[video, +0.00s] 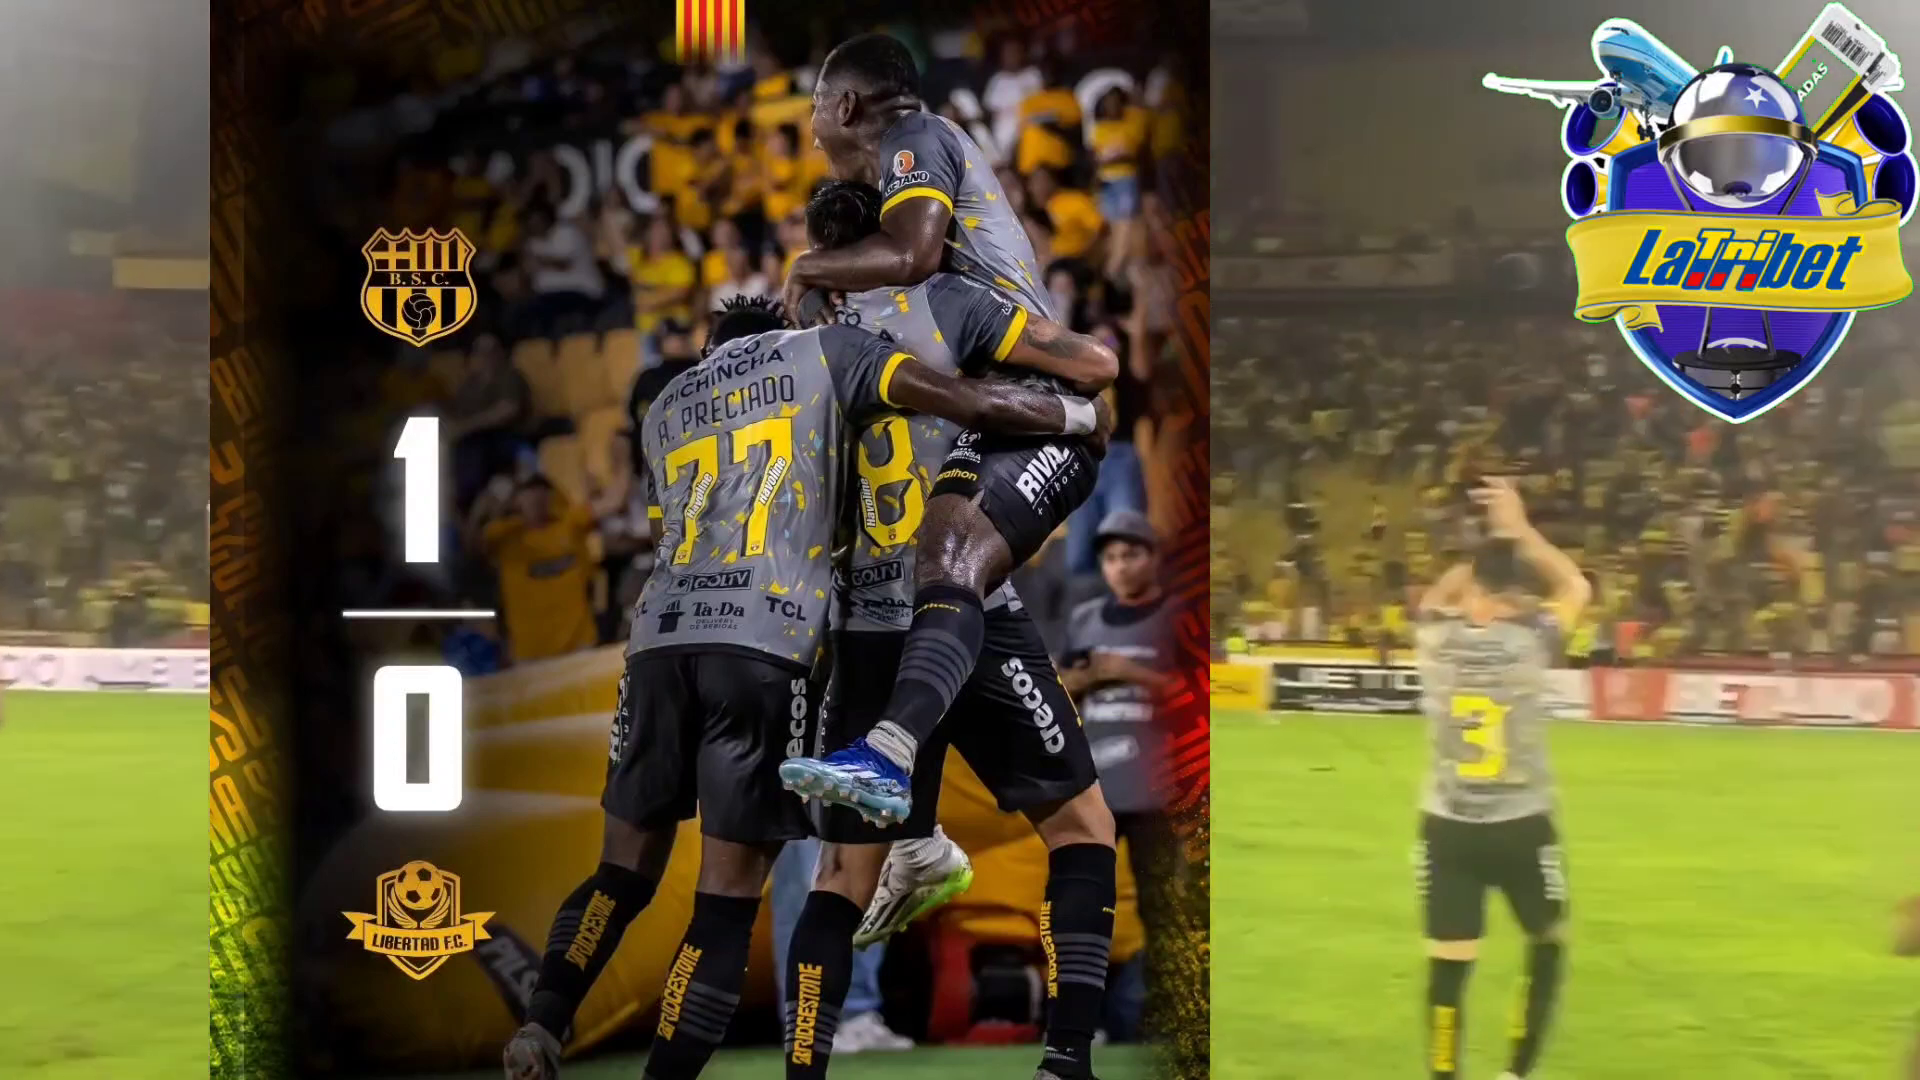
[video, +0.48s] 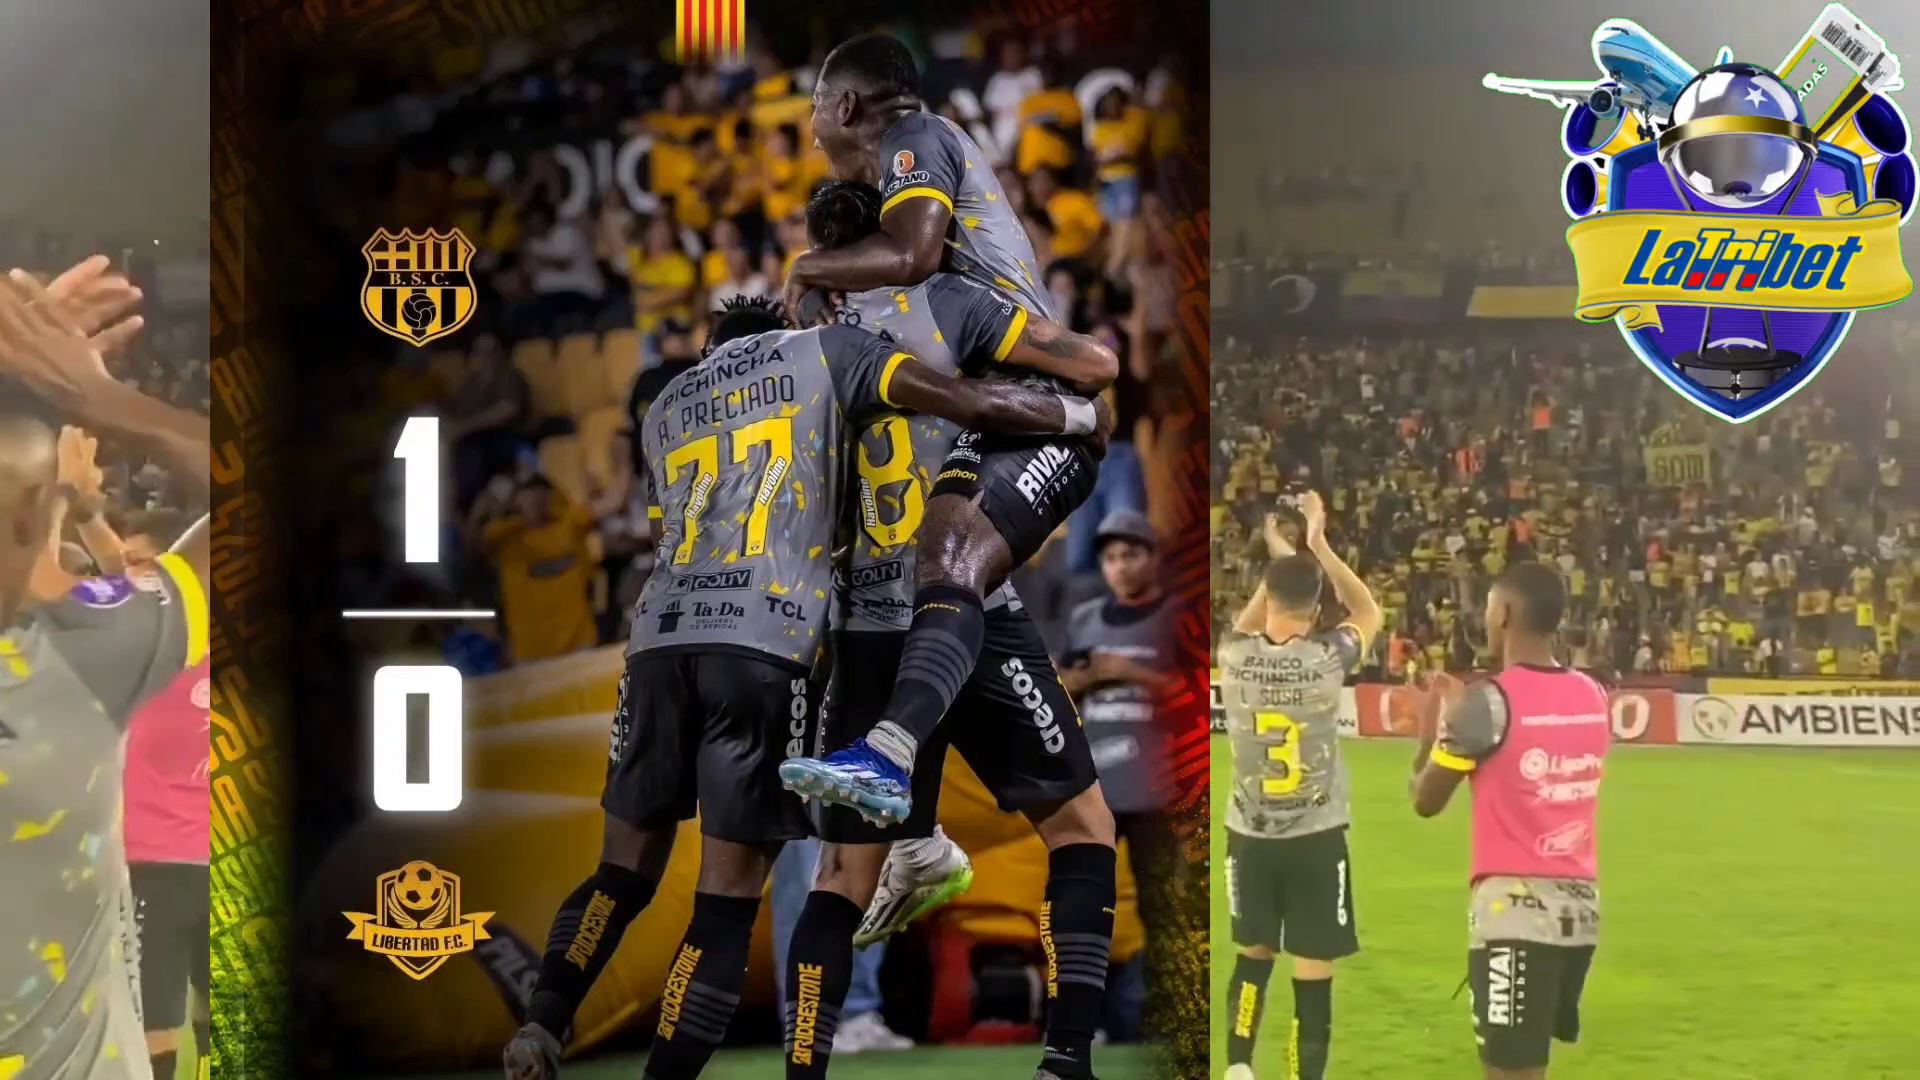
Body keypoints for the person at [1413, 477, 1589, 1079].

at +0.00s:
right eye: (1519, 591)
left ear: (1471, 588)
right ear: (1515, 593)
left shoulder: (1435, 636)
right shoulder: (1534, 642)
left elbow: (1440, 595)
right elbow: (1575, 586)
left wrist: (1485, 551)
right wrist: (1521, 532)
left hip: (1449, 823)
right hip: (1521, 825)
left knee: (1450, 956)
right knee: (1548, 937)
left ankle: (1442, 1069)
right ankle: (1522, 1067)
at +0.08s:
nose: (1420, 619)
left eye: (1422, 609)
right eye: (1419, 609)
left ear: (1377, 603)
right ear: (1426, 609)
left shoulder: (1344, 649)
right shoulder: (1442, 652)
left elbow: (1349, 601)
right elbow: (1484, 598)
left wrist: (1391, 546)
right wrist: (1440, 535)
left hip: (1358, 833)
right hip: (1430, 833)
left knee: (1354, 967)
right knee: (1447, 962)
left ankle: (1347, 1072)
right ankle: (1457, 1069)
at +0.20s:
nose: (1368, 627)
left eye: (1361, 613)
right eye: (1373, 618)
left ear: (1328, 609)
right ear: (1378, 614)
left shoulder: (1293, 659)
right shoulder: (1389, 661)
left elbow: (1300, 617)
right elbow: (1429, 608)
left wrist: (1325, 562)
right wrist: (1390, 534)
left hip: (1302, 841)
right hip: (1375, 841)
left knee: (1292, 972)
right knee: (1390, 970)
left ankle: (1279, 1072)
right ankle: (1397, 1071)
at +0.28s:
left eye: (1299, 597)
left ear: (1295, 603)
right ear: (1350, 605)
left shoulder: (1261, 656)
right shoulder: (1359, 659)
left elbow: (1278, 610)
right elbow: (1391, 607)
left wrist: (1313, 562)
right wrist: (1346, 545)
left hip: (1276, 839)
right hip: (1347, 838)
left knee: (1261, 965)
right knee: (1356, 961)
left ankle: (1239, 1073)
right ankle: (1356, 1073)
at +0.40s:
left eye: (1278, 589)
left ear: (1274, 595)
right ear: (1328, 600)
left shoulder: (1241, 651)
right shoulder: (1339, 653)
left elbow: (1255, 611)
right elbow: (1375, 605)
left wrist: (1282, 554)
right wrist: (1338, 541)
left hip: (1259, 830)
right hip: (1329, 830)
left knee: (1250, 957)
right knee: (1330, 961)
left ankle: (1225, 1065)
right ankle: (1326, 1072)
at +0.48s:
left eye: (1271, 599)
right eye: (1315, 604)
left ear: (1265, 601)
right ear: (1316, 607)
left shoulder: (1233, 659)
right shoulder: (1330, 658)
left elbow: (1253, 618)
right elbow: (1367, 612)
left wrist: (1279, 562)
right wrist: (1320, 547)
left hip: (1250, 833)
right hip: (1317, 834)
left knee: (1254, 952)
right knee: (1313, 964)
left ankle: (1237, 1067)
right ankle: (1311, 1074)